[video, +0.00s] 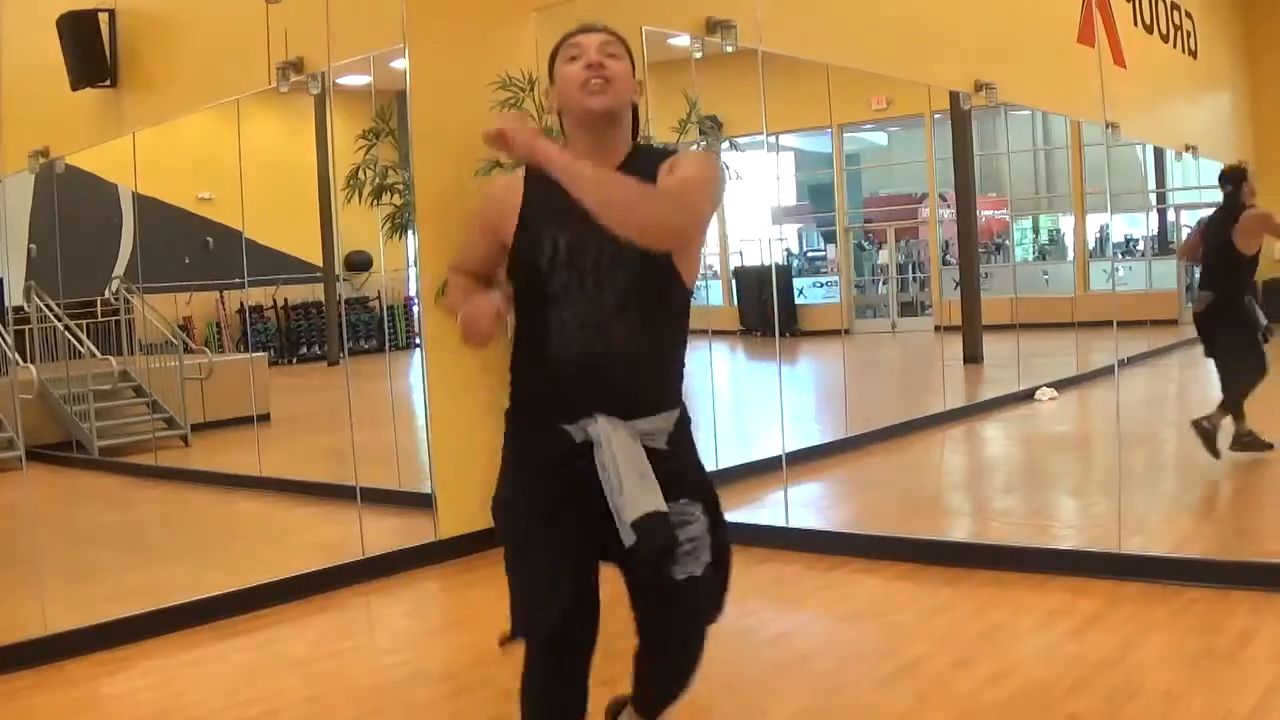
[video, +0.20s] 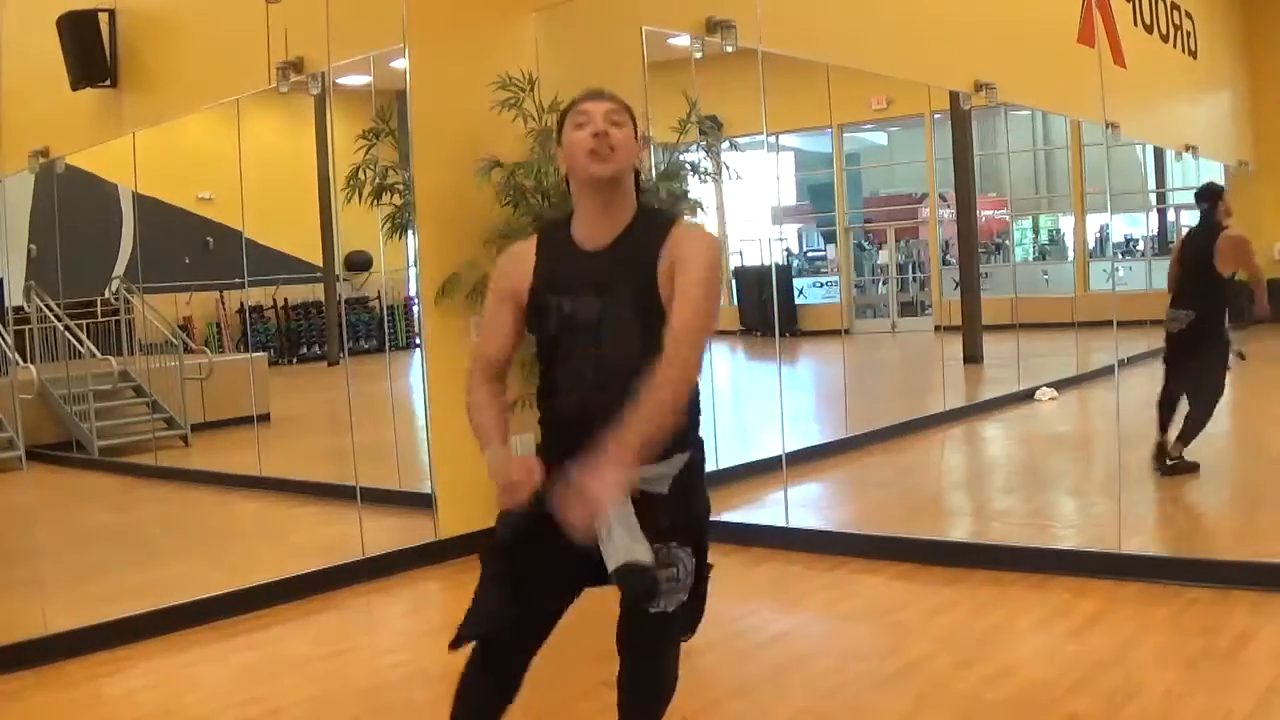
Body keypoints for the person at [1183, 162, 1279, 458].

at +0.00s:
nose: (1254, 188)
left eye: (1252, 183)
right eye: (1251, 184)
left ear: (1224, 189)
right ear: (1244, 188)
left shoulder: (1209, 220)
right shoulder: (1256, 218)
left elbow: (1185, 253)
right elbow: (1279, 230)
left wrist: (1211, 253)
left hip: (1205, 308)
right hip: (1233, 306)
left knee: (1230, 369)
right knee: (1256, 368)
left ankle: (1242, 431)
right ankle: (1212, 421)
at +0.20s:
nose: (1230, 206)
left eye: (1228, 201)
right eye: (1227, 201)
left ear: (1201, 207)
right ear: (1219, 205)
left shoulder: (1186, 239)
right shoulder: (1233, 240)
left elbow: (1172, 280)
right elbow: (1256, 274)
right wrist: (1261, 304)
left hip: (1177, 324)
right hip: (1209, 327)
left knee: (1172, 384)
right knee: (1208, 394)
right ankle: (1175, 452)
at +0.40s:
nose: (1216, 203)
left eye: (1213, 198)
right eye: (1211, 198)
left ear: (1187, 205)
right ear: (1201, 204)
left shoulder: (1172, 235)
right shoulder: (1215, 240)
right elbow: (1212, 272)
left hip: (1154, 324)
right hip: (1186, 327)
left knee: (1131, 380)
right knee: (1201, 386)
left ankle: (1103, 443)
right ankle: (1171, 455)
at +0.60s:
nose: (1202, 198)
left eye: (1200, 192)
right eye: (1199, 192)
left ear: (1173, 196)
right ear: (1188, 195)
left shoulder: (1151, 227)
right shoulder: (1200, 228)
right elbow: (1176, 235)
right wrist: (1159, 236)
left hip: (1134, 321)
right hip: (1168, 324)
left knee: (1129, 382)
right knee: (1180, 385)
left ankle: (1106, 438)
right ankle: (1170, 456)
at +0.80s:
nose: (1177, 206)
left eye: (1175, 200)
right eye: (1174, 200)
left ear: (1145, 205)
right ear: (1164, 203)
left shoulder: (1124, 239)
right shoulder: (1174, 243)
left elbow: (1122, 285)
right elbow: (1180, 287)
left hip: (1125, 331)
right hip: (1159, 330)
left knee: (1120, 396)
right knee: (1167, 395)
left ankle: (1108, 464)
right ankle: (1170, 456)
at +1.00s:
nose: (1155, 207)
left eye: (1153, 201)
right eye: (1152, 202)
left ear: (1124, 208)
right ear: (1142, 206)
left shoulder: (1104, 242)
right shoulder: (1161, 241)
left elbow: (1091, 294)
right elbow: (1184, 287)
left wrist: (1088, 335)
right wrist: (1189, 304)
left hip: (1104, 337)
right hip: (1139, 336)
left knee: (1107, 405)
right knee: (1150, 397)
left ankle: (1108, 474)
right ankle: (1160, 456)